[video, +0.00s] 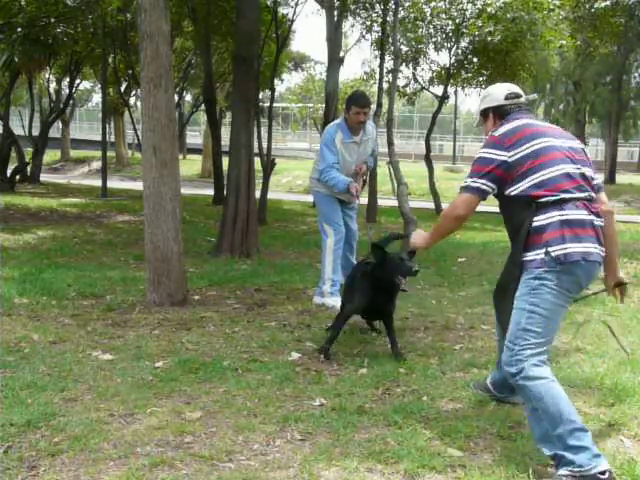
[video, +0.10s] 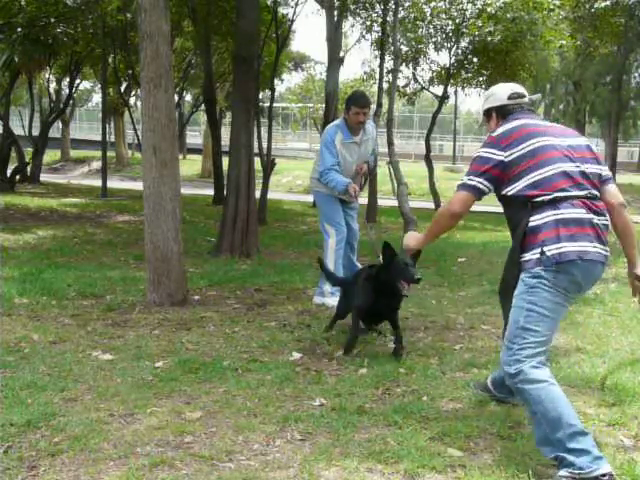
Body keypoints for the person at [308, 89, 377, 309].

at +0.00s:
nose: (362, 118)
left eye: (365, 114)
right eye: (357, 114)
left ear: (369, 113)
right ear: (346, 112)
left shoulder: (370, 130)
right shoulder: (332, 133)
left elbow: (372, 156)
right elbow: (327, 171)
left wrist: (366, 166)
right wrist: (347, 184)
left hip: (349, 191)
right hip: (326, 189)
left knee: (351, 234)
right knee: (336, 233)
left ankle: (348, 286)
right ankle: (328, 292)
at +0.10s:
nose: (361, 119)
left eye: (365, 114)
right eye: (357, 114)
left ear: (369, 113)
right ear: (346, 112)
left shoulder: (370, 130)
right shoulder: (332, 133)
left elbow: (373, 158)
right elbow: (327, 171)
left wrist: (367, 166)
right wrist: (346, 185)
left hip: (350, 191)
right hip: (327, 189)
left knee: (352, 233)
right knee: (337, 233)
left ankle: (349, 283)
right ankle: (328, 289)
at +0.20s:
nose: (361, 118)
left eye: (365, 113)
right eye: (357, 114)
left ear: (369, 113)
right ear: (346, 112)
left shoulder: (370, 131)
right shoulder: (332, 133)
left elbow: (372, 158)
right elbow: (326, 171)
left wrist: (367, 166)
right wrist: (344, 186)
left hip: (349, 190)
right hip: (327, 189)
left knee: (352, 233)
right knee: (338, 233)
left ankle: (351, 280)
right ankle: (329, 291)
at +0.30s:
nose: (362, 119)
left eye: (365, 114)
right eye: (357, 114)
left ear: (369, 113)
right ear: (346, 113)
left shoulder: (370, 131)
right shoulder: (333, 133)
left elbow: (372, 157)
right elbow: (326, 171)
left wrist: (366, 166)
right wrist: (344, 186)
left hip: (349, 190)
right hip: (327, 189)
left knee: (352, 233)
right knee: (337, 233)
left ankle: (349, 283)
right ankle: (328, 292)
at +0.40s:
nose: (362, 119)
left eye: (365, 114)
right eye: (357, 114)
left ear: (369, 113)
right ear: (347, 113)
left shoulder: (370, 131)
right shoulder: (332, 134)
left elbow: (372, 157)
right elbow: (325, 172)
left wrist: (366, 166)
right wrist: (343, 187)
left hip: (349, 190)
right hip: (326, 189)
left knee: (351, 233)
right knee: (336, 233)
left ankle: (349, 283)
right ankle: (328, 291)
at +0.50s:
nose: (362, 120)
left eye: (365, 115)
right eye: (357, 115)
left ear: (369, 114)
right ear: (346, 113)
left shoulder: (369, 131)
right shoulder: (332, 135)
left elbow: (371, 156)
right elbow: (326, 173)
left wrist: (366, 166)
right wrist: (347, 186)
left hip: (348, 191)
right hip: (325, 189)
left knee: (350, 232)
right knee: (336, 233)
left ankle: (350, 276)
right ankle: (328, 291)